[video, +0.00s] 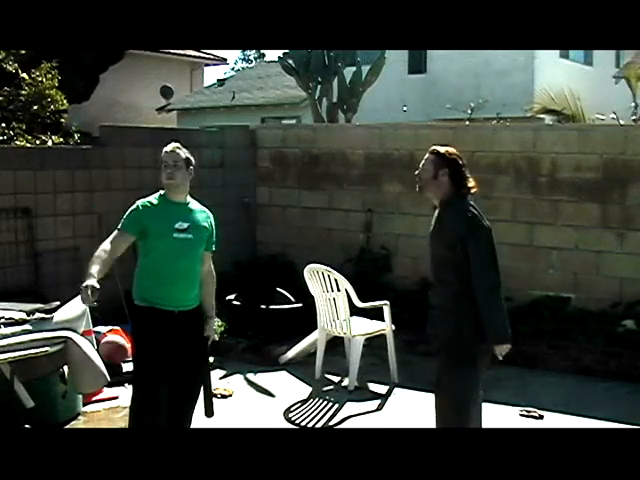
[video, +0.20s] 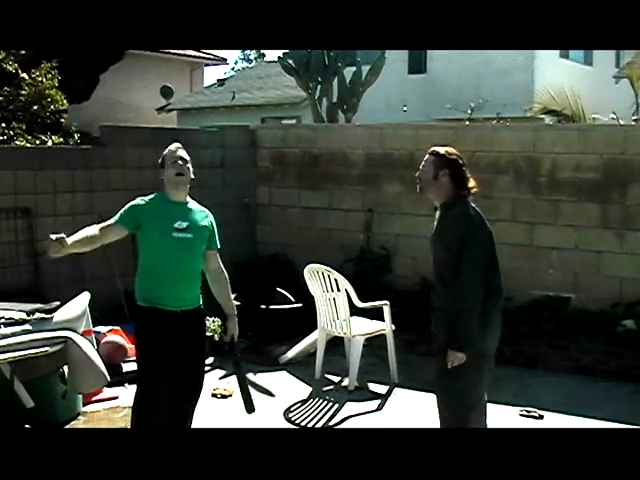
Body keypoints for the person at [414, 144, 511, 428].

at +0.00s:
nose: (417, 177)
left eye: (423, 172)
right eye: (419, 171)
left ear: (442, 177)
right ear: (441, 177)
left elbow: (486, 282)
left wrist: (499, 335)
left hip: (466, 333)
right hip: (451, 330)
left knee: (457, 411)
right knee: (454, 409)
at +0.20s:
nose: (418, 177)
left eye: (424, 172)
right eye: (419, 171)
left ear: (443, 177)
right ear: (441, 177)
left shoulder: (463, 222)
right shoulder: (450, 217)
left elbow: (468, 287)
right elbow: (455, 284)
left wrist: (459, 344)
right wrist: (449, 338)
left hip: (466, 340)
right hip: (455, 336)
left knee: (462, 416)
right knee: (457, 414)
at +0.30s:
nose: (419, 179)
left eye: (425, 173)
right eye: (420, 173)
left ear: (445, 178)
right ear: (443, 179)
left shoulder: (460, 222)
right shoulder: (452, 217)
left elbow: (455, 291)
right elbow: (450, 288)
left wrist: (435, 342)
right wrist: (435, 334)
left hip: (470, 331)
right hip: (462, 328)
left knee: (460, 413)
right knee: (460, 411)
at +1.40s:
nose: (419, 167)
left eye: (426, 163)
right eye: (423, 162)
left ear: (444, 173)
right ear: (443, 174)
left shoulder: (444, 215)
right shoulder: (450, 212)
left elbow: (432, 281)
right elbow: (433, 280)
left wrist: (405, 328)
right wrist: (406, 325)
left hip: (448, 328)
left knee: (442, 410)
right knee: (445, 408)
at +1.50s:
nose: (422, 162)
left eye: (429, 160)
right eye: (426, 158)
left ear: (443, 174)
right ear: (444, 175)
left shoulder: (443, 212)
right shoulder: (453, 210)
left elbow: (429, 271)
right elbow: (430, 271)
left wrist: (395, 315)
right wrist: (397, 304)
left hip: (445, 327)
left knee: (441, 407)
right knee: (446, 404)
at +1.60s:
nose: (419, 168)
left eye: (426, 164)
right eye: (423, 163)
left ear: (444, 174)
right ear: (444, 174)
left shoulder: (445, 213)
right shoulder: (447, 209)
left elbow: (427, 272)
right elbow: (423, 265)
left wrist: (379, 292)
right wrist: (383, 281)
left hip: (449, 326)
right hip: (454, 322)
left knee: (437, 404)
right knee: (449, 401)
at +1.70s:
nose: (418, 170)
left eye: (424, 165)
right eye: (420, 164)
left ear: (443, 173)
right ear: (443, 173)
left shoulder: (448, 211)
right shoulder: (451, 208)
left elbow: (414, 257)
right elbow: (415, 253)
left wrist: (365, 252)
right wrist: (371, 251)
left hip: (449, 323)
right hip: (454, 319)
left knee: (436, 399)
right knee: (448, 399)